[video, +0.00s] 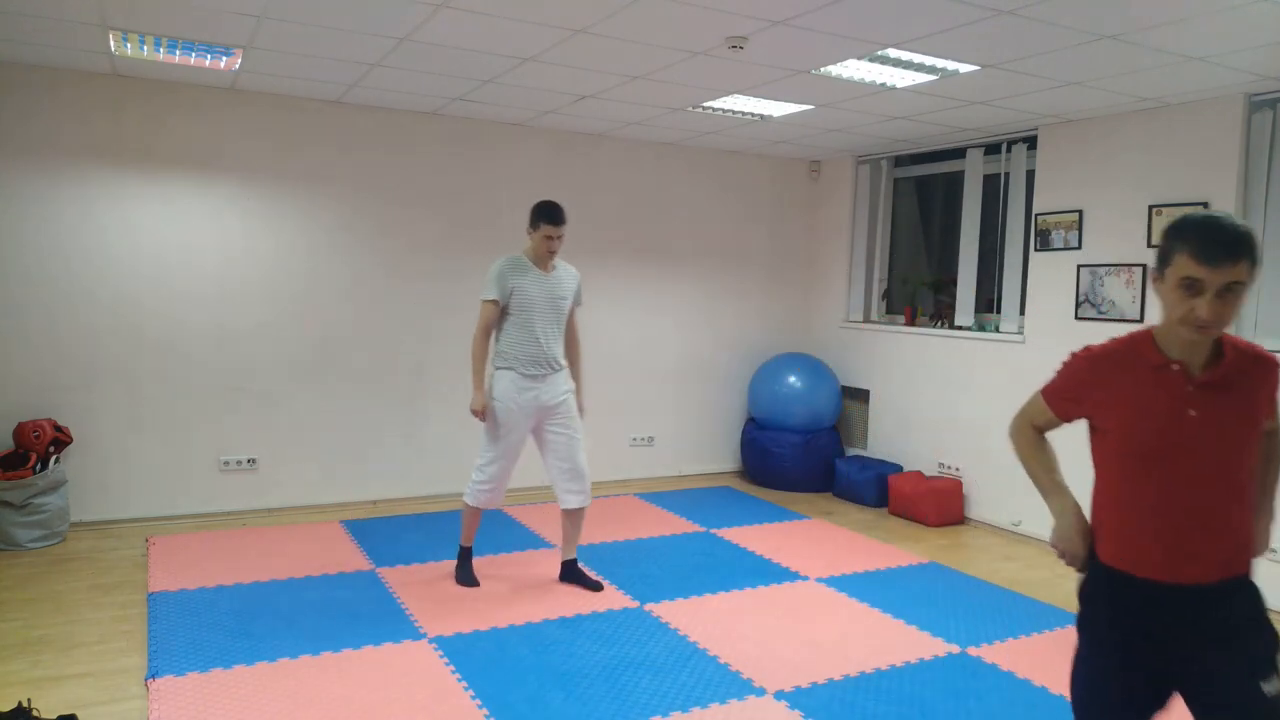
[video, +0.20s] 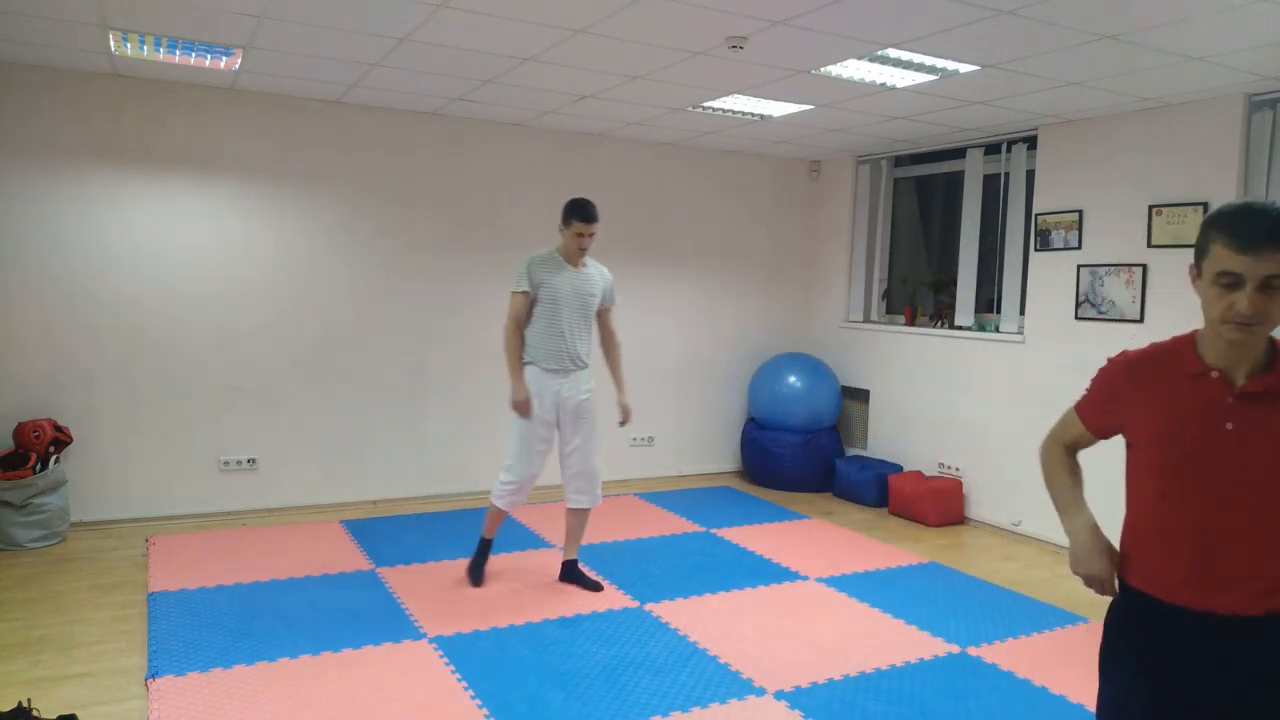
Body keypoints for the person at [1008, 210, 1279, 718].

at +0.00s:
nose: (1208, 310)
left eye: (1229, 292)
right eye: (1191, 287)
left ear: (1246, 292)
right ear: (1159, 281)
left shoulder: (1263, 375)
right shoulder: (1101, 369)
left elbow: (1270, 434)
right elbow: (1025, 427)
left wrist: (1260, 516)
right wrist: (1066, 514)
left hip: (1227, 611)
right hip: (1123, 609)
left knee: (1253, 710)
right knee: (1103, 710)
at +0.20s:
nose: (1247, 305)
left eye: (1269, 286)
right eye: (1229, 282)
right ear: (1196, 280)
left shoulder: (1277, 382)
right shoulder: (1138, 378)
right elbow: (1057, 446)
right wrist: (1082, 535)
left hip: (1261, 645)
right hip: (1152, 637)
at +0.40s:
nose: (1220, 316)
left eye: (1247, 294)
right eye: (1202, 293)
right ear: (1180, 286)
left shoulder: (1275, 394)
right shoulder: (1136, 385)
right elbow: (1071, 466)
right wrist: (1078, 536)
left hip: (1258, 676)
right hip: (1141, 663)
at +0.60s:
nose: (1114, 340)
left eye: (1137, 314)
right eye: (1095, 316)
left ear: (1196, 293)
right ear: (1082, 304)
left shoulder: (1267, 405)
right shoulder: (1069, 404)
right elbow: (1013, 510)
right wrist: (1032, 527)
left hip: (1219, 701)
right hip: (1078, 690)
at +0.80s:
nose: (976, 351)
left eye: (991, 324)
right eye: (960, 330)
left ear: (1061, 286)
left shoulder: (1197, 397)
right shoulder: (966, 396)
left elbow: (1276, 540)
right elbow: (892, 541)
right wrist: (962, 430)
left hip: (1133, 708)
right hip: (994, 696)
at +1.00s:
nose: (862, 366)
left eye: (878, 331)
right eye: (843, 339)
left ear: (953, 281)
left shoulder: (1102, 412)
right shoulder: (869, 412)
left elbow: (1211, 582)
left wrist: (1267, 709)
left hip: (1034, 712)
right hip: (889, 708)